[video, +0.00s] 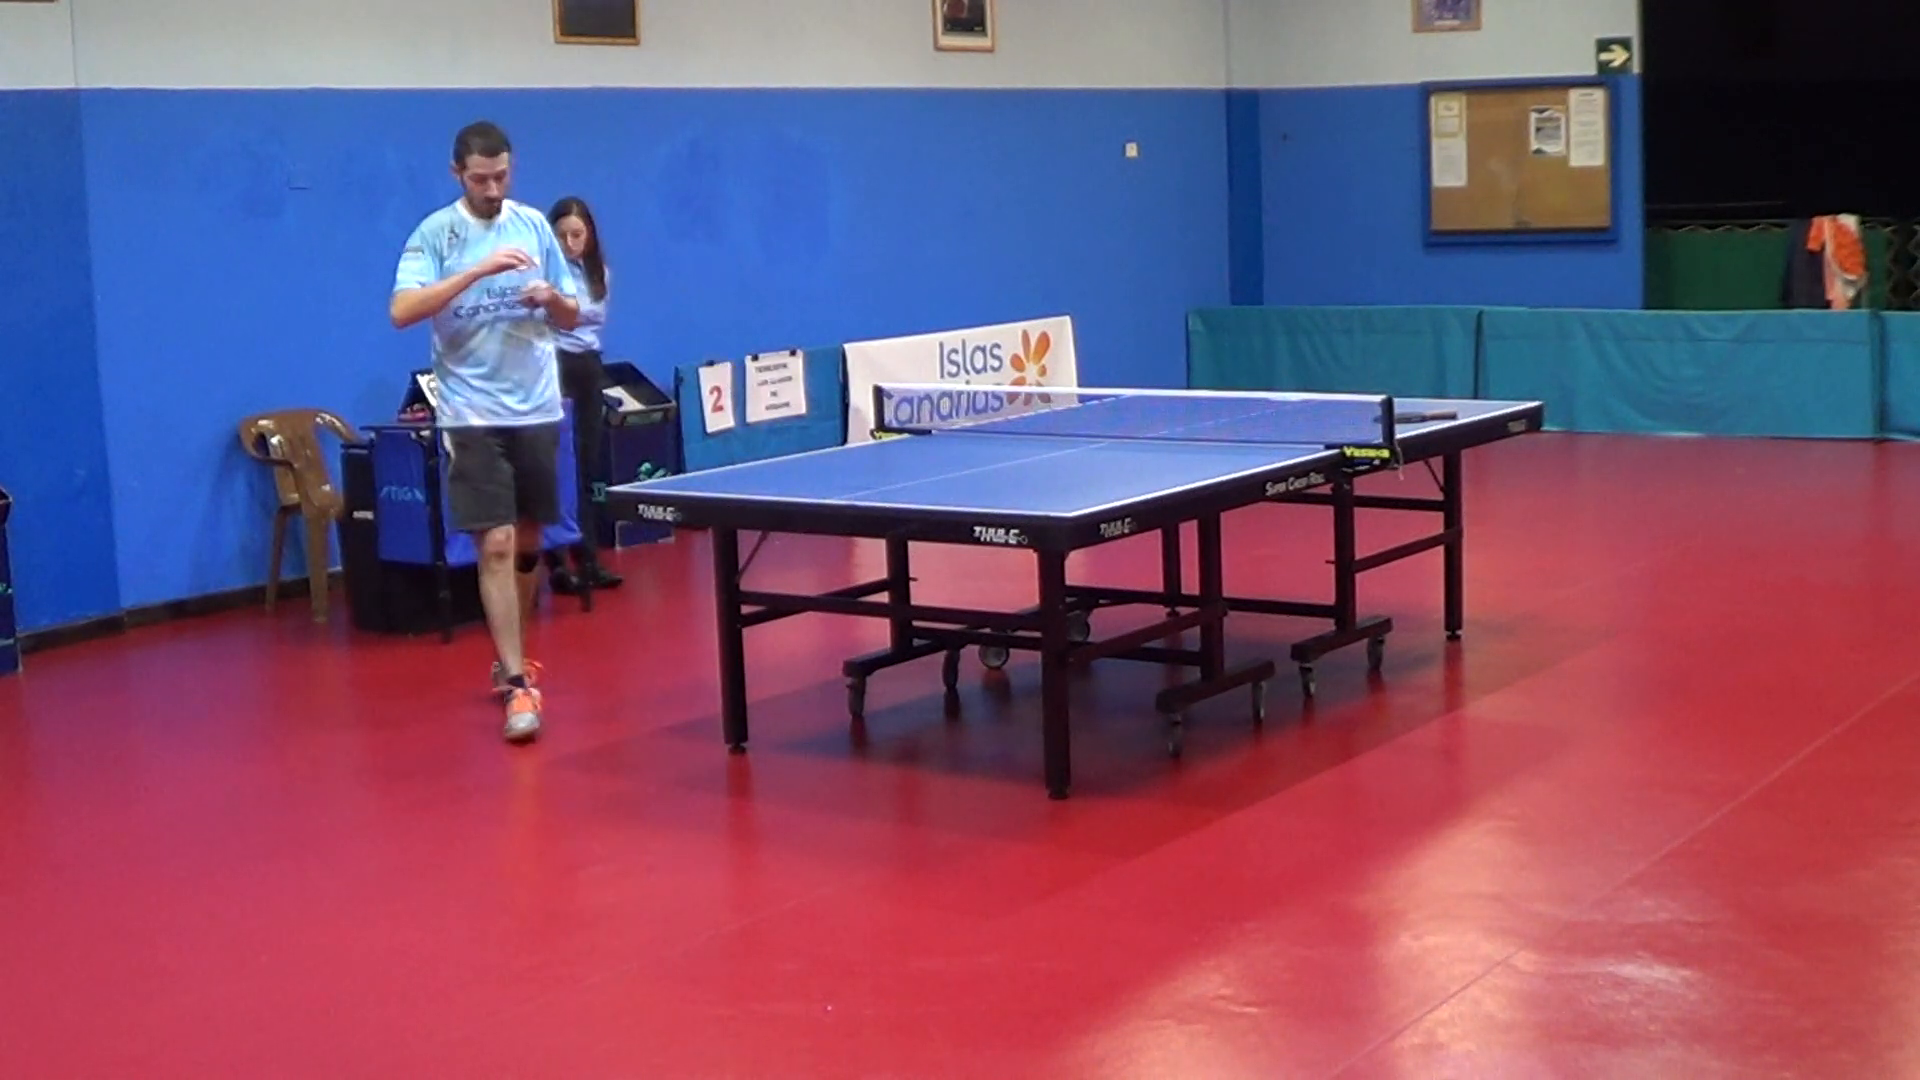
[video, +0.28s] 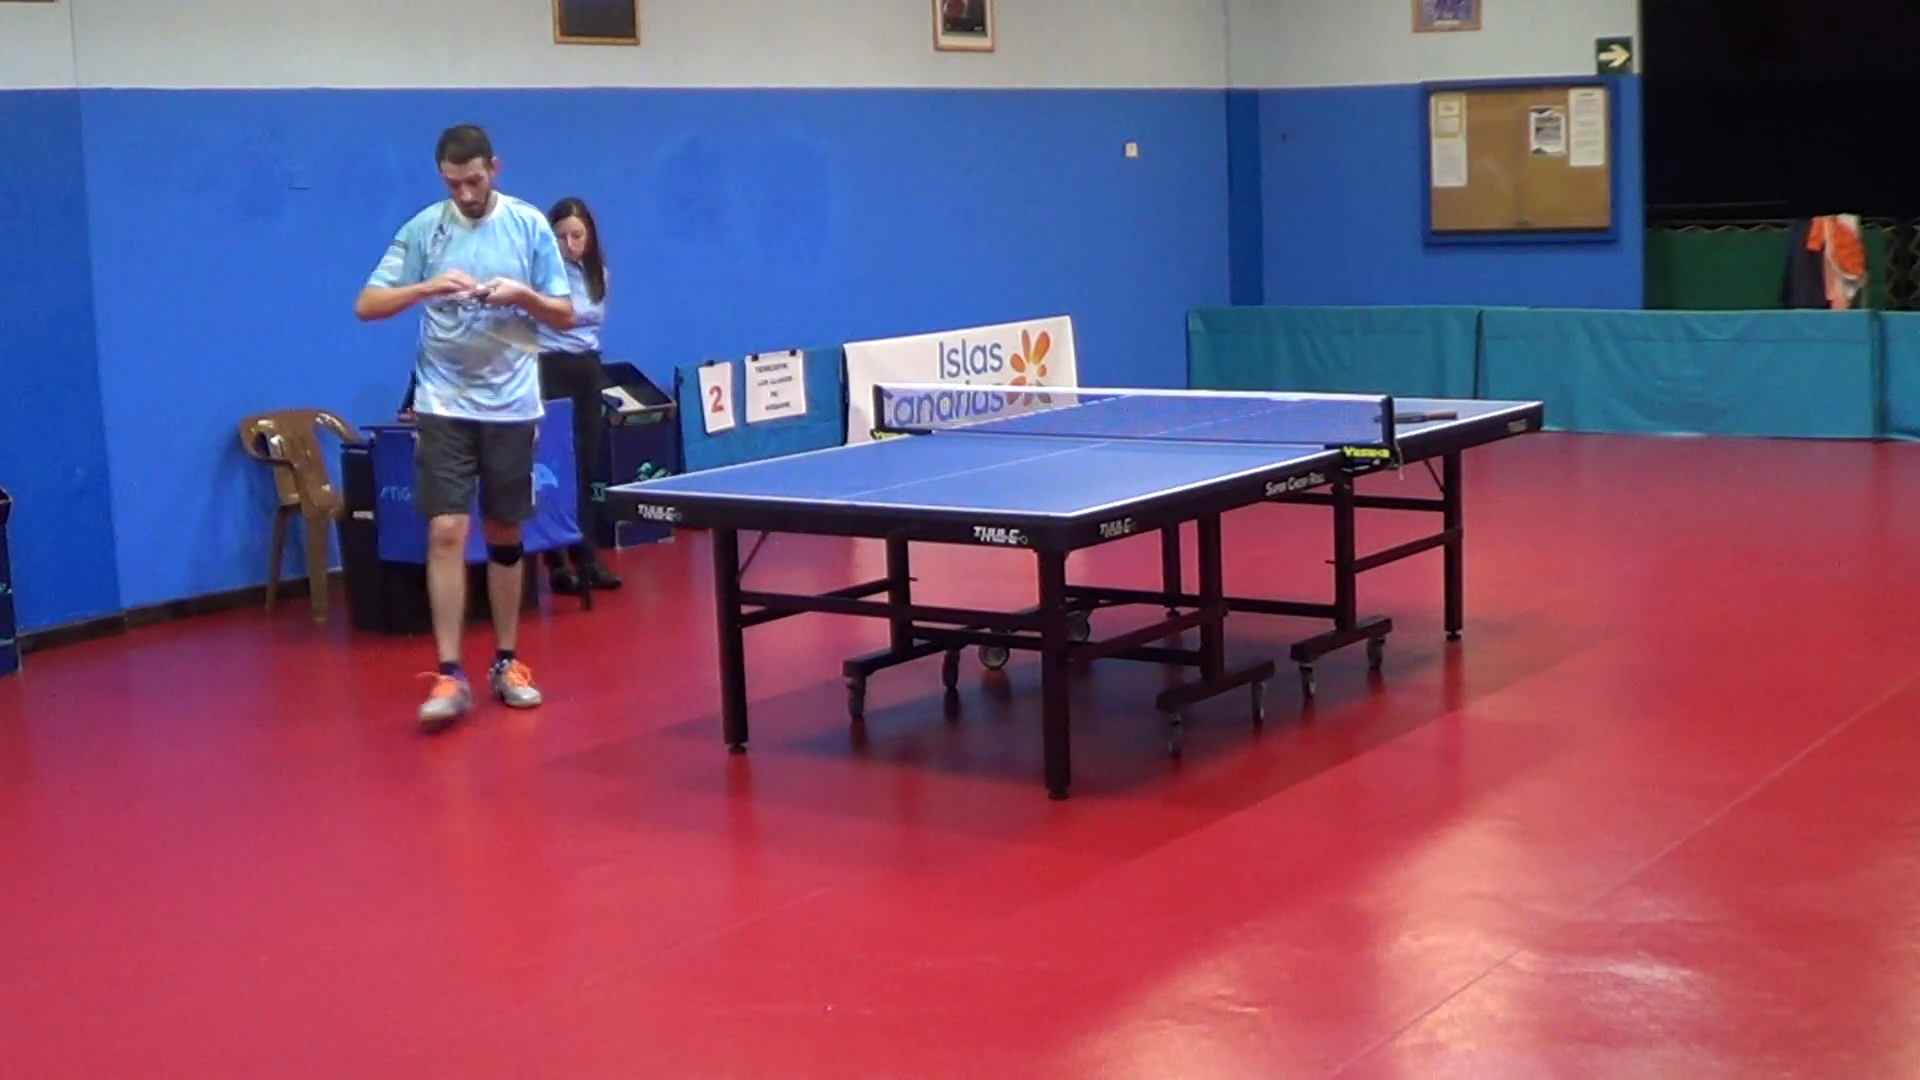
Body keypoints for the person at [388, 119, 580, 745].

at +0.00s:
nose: (492, 188)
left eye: (500, 177)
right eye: (482, 179)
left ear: (510, 169)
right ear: (459, 173)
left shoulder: (534, 225)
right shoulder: (434, 232)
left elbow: (571, 317)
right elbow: (402, 310)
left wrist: (551, 298)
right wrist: (475, 272)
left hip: (537, 407)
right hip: (472, 410)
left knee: (528, 546)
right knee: (497, 543)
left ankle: (514, 661)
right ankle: (517, 684)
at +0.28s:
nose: (465, 193)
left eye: (473, 181)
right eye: (454, 184)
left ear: (492, 168)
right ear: (442, 177)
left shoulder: (530, 224)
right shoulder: (424, 228)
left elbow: (567, 314)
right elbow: (366, 304)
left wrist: (523, 293)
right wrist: (425, 289)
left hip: (513, 404)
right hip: (443, 402)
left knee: (505, 536)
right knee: (445, 531)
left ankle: (508, 664)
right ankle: (450, 677)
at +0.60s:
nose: (398, 196)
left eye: (404, 182)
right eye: (389, 187)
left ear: (432, 168)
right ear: (384, 187)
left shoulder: (488, 223)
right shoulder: (389, 236)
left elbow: (531, 306)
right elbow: (335, 308)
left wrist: (458, 295)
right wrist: (341, 280)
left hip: (476, 407)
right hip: (407, 408)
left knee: (490, 530)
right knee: (386, 524)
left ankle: (506, 662)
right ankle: (378, 660)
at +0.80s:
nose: (336, 206)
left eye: (338, 192)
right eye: (330, 197)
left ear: (369, 175)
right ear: (350, 185)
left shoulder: (431, 223)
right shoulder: (360, 241)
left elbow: (465, 308)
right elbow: (321, 322)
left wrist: (383, 297)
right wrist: (315, 293)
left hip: (432, 412)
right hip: (376, 415)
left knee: (464, 535)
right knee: (382, 531)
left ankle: (501, 661)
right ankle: (375, 659)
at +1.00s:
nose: (293, 209)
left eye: (293, 196)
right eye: (287, 200)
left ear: (320, 178)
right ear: (314, 184)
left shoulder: (380, 224)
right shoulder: (334, 235)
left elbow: (406, 309)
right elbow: (334, 304)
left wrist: (329, 300)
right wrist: (288, 294)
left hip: (385, 406)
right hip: (347, 407)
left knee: (391, 528)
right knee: (365, 527)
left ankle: (449, 660)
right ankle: (374, 657)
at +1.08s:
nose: (280, 210)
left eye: (278, 196)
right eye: (274, 200)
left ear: (303, 178)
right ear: (303, 180)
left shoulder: (361, 226)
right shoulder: (334, 232)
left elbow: (385, 310)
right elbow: (340, 303)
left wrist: (307, 298)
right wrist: (287, 290)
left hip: (367, 404)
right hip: (341, 403)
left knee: (356, 528)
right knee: (367, 528)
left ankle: (406, 660)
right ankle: (375, 654)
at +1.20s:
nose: (261, 212)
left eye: (260, 198)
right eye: (256, 201)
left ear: (283, 181)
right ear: (289, 180)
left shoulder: (329, 230)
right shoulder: (334, 223)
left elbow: (350, 311)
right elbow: (324, 295)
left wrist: (279, 298)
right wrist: (269, 279)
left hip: (339, 405)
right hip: (362, 401)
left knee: (303, 526)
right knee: (367, 520)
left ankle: (339, 664)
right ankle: (377, 657)